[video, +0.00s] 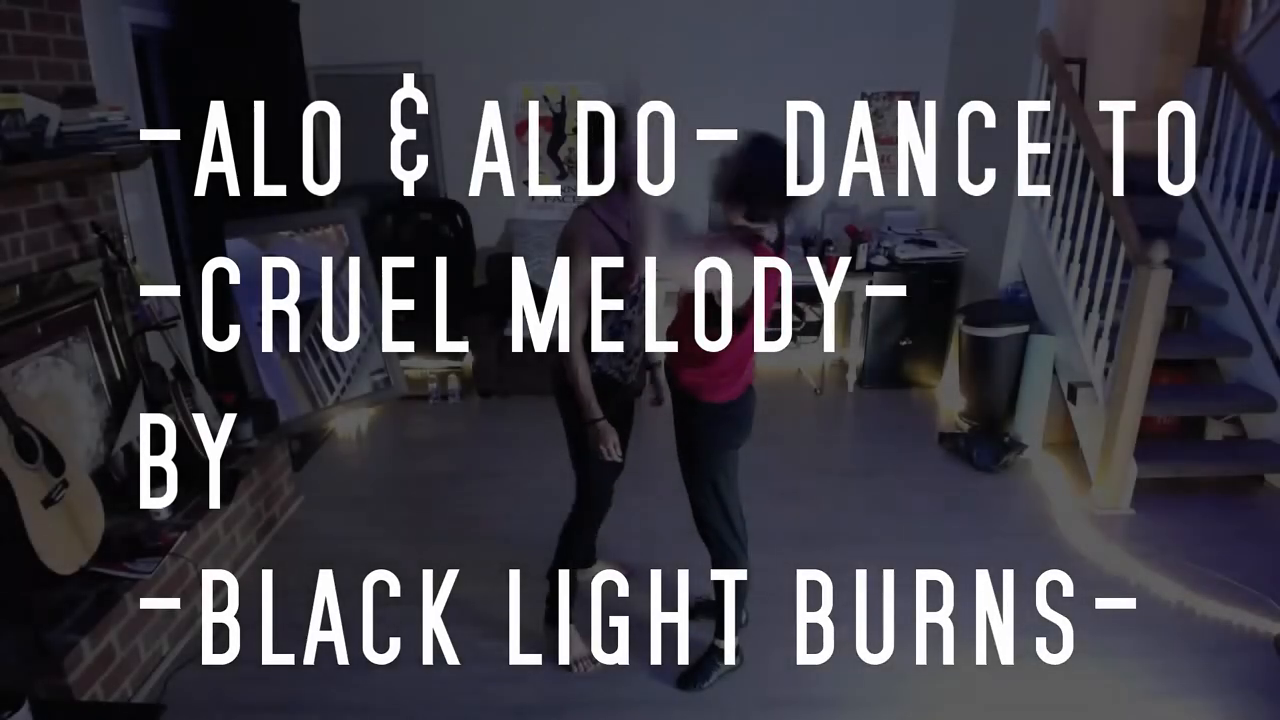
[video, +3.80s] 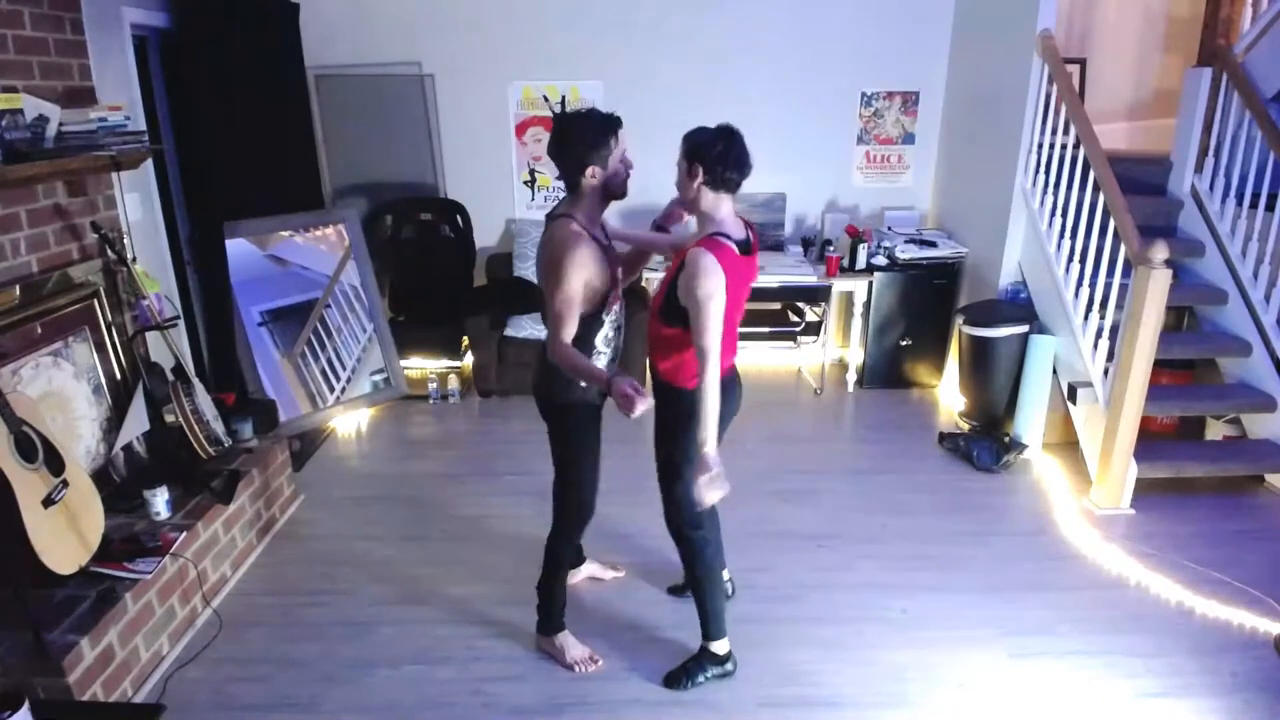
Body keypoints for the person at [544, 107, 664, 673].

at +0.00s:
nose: (645, 172)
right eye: (636, 160)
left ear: (620, 155)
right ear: (618, 163)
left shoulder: (640, 218)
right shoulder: (582, 229)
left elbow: (642, 298)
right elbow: (569, 337)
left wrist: (652, 363)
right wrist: (595, 419)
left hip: (622, 374)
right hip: (586, 377)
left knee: (601, 490)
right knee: (594, 495)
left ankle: (576, 589)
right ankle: (561, 618)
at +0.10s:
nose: (642, 165)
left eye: (640, 153)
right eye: (633, 155)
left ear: (612, 159)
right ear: (612, 161)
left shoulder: (636, 214)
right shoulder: (582, 229)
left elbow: (641, 294)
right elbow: (568, 339)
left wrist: (649, 360)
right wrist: (595, 422)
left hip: (622, 374)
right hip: (586, 377)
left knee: (598, 494)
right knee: (593, 499)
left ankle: (573, 597)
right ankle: (564, 617)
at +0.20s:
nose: (631, 168)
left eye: (626, 157)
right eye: (619, 159)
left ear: (597, 165)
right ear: (596, 166)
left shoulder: (620, 219)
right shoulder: (581, 233)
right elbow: (571, 347)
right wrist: (601, 431)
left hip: (612, 378)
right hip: (586, 381)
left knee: (589, 498)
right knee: (588, 501)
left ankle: (570, 617)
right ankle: (561, 629)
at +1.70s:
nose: (599, 161)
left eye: (597, 149)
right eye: (584, 150)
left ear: (571, 163)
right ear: (548, 162)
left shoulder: (567, 229)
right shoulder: (535, 242)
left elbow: (584, 305)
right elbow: (514, 352)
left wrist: (636, 306)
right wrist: (525, 446)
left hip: (580, 393)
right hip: (551, 402)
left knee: (612, 469)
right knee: (556, 527)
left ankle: (565, 557)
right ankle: (553, 636)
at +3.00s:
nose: (629, 156)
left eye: (626, 144)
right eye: (620, 147)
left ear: (582, 158)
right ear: (590, 158)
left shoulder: (578, 212)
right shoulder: (579, 228)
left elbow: (614, 252)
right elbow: (574, 328)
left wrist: (645, 250)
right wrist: (603, 406)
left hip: (579, 364)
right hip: (575, 373)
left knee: (588, 473)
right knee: (574, 495)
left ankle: (572, 560)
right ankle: (558, 617)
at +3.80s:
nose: (630, 162)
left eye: (624, 151)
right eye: (620, 154)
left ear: (587, 173)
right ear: (592, 174)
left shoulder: (586, 220)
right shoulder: (571, 249)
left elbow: (608, 280)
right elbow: (559, 348)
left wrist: (659, 237)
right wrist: (609, 381)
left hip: (582, 374)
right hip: (567, 384)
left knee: (578, 483)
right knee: (573, 508)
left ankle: (571, 563)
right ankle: (551, 629)